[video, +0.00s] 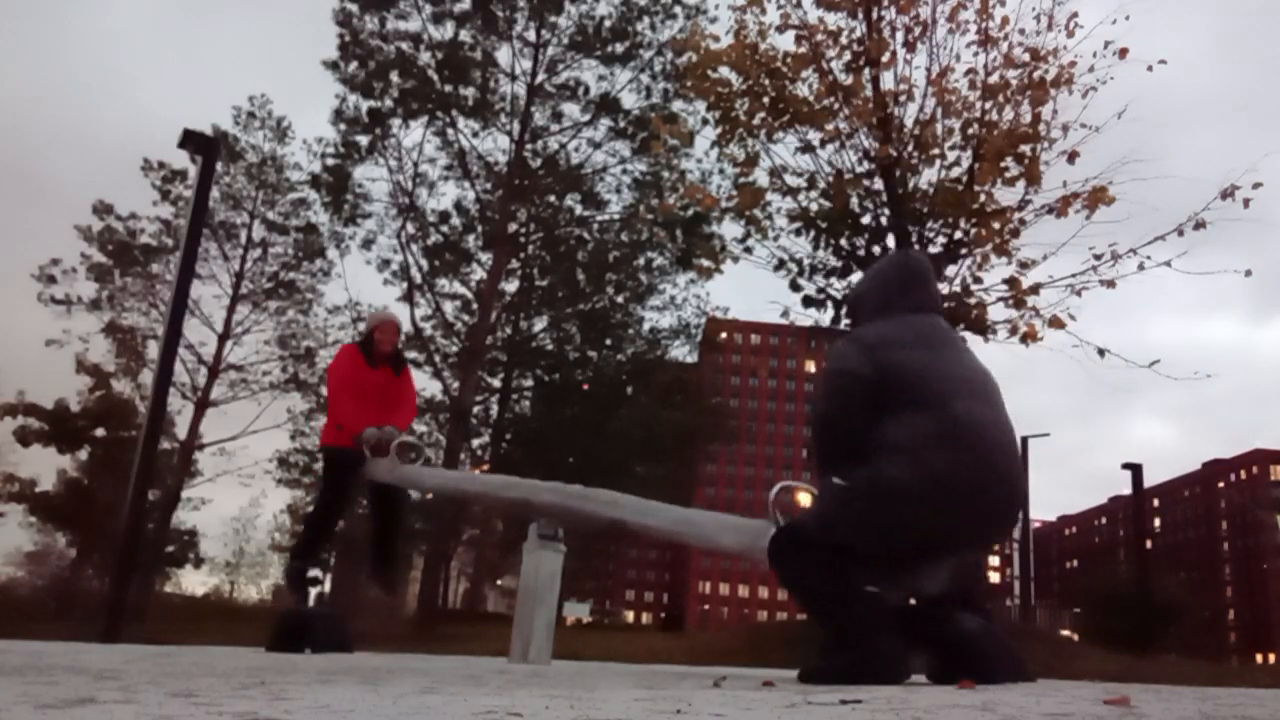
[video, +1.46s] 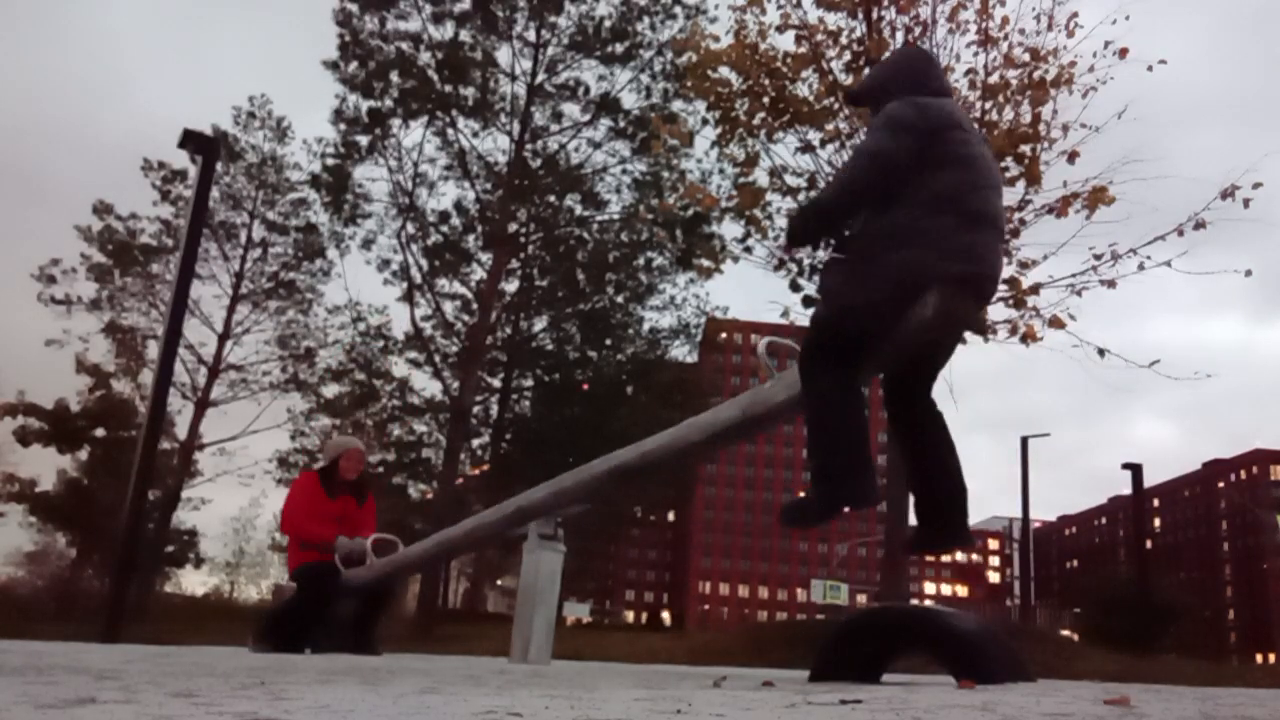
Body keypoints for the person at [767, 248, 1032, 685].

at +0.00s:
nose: (854, 314)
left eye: (858, 304)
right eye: (855, 304)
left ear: (873, 300)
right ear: (923, 300)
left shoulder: (862, 345)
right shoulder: (954, 347)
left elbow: (833, 442)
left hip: (912, 494)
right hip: (994, 499)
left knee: (796, 546)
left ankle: (863, 650)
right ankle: (976, 649)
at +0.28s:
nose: (853, 332)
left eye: (859, 321)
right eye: (855, 322)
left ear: (876, 317)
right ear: (924, 316)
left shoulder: (867, 359)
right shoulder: (954, 360)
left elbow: (836, 457)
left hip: (921, 509)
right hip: (1002, 515)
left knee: (795, 545)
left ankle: (864, 656)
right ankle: (984, 660)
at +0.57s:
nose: (846, 283)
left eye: (849, 274)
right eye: (848, 275)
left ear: (860, 269)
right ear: (916, 266)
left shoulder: (860, 307)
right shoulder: (942, 307)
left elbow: (837, 394)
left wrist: (849, 443)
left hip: (915, 441)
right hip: (993, 443)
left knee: (806, 526)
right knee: (927, 547)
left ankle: (862, 646)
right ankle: (987, 652)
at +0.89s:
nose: (849, 182)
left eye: (851, 173)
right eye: (852, 175)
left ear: (866, 161)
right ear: (913, 158)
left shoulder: (867, 189)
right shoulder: (946, 194)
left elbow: (846, 265)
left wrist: (833, 322)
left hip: (912, 322)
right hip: (985, 328)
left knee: (834, 442)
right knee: (917, 451)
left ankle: (856, 612)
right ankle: (968, 599)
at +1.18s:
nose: (859, 128)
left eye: (864, 120)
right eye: (860, 122)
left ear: (883, 109)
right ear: (921, 108)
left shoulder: (884, 139)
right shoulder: (956, 145)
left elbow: (850, 215)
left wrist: (832, 292)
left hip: (914, 271)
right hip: (983, 281)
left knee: (830, 368)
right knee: (906, 392)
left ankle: (844, 506)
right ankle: (947, 522)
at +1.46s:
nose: (872, 113)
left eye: (877, 102)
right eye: (871, 105)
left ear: (895, 89)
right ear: (928, 84)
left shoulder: (906, 115)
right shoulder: (964, 131)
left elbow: (856, 185)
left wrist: (803, 225)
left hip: (899, 269)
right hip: (964, 278)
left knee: (826, 356)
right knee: (908, 387)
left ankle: (842, 482)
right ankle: (944, 522)